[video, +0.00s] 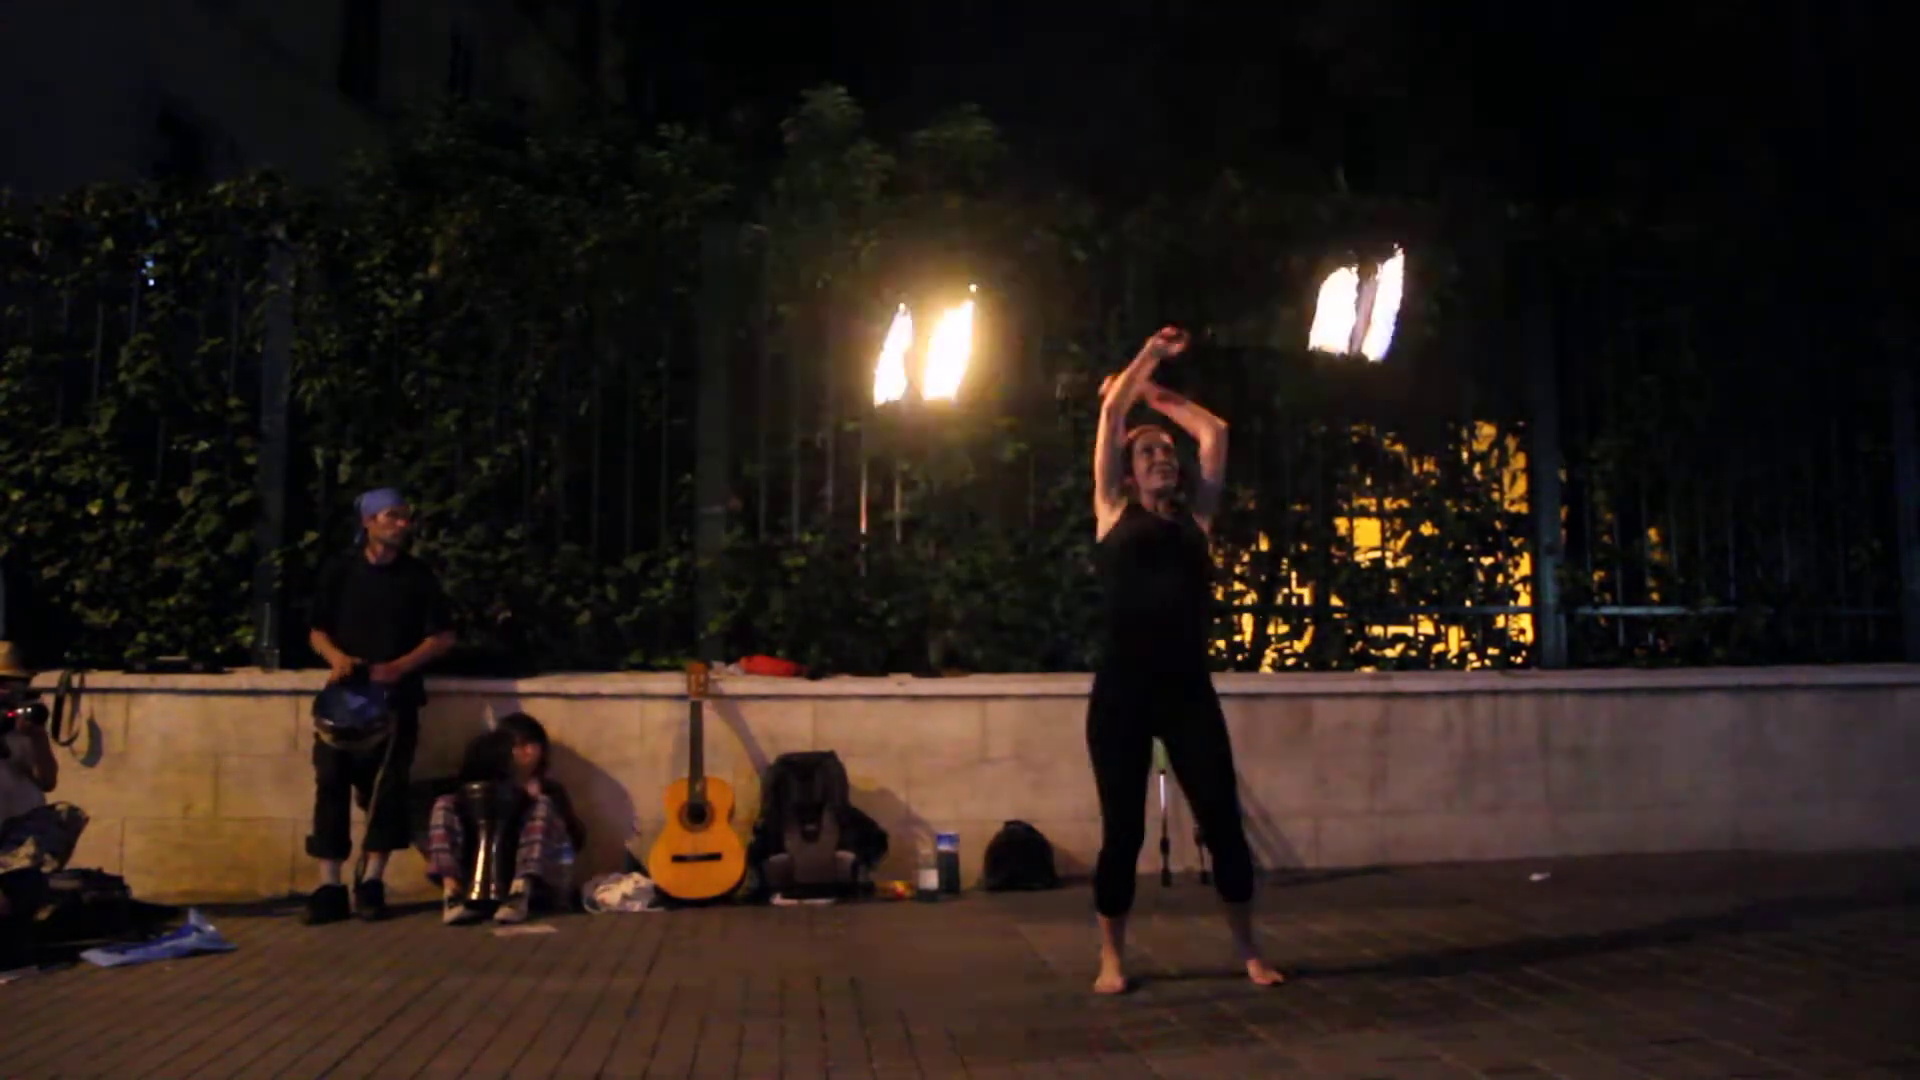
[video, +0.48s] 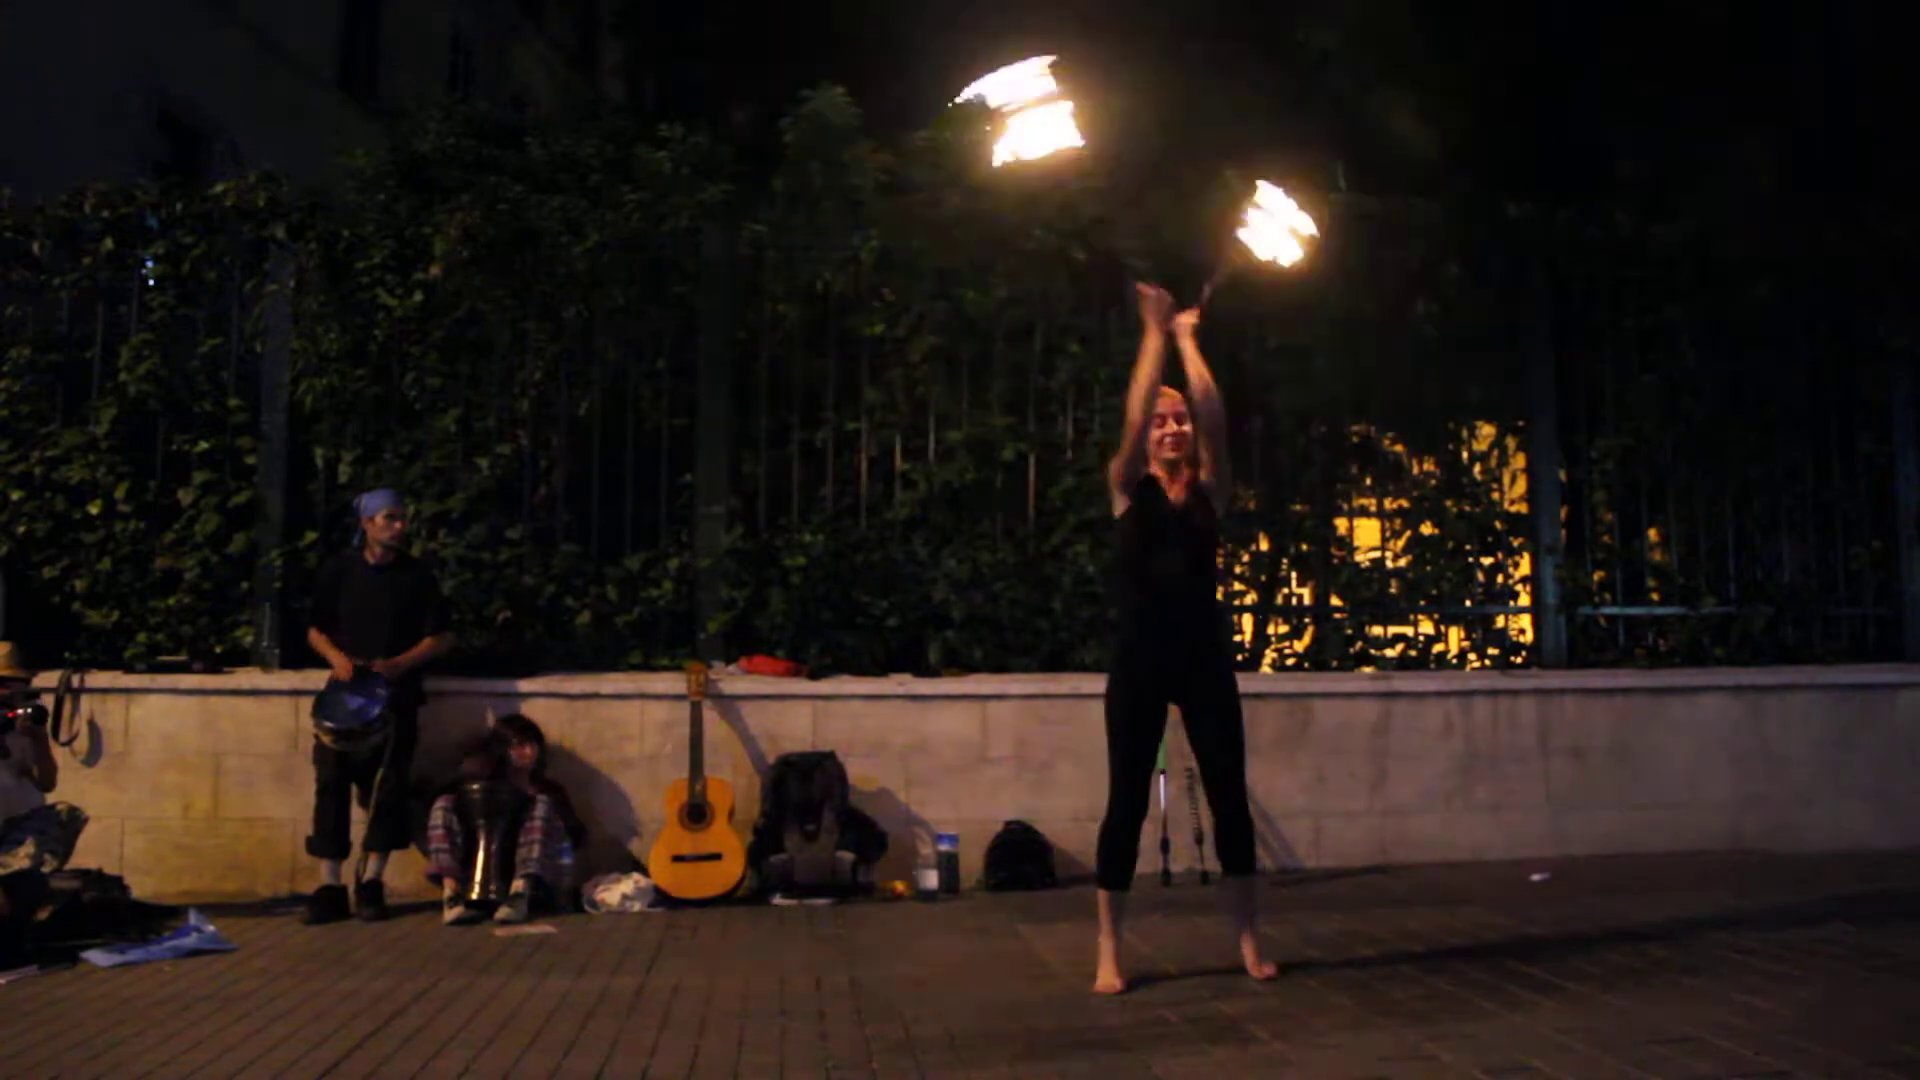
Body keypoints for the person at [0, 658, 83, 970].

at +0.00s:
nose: (14, 693)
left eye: (20, 686)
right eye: (9, 685)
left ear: (26, 687)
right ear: (1, 686)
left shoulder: (24, 727)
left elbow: (47, 781)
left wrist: (36, 733)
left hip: (23, 816)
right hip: (10, 818)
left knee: (71, 817)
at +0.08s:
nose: (11, 690)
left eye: (17, 683)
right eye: (5, 683)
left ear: (26, 686)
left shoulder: (25, 726)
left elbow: (47, 782)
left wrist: (36, 732)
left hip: (26, 818)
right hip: (10, 821)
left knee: (71, 818)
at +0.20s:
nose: (13, 693)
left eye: (18, 686)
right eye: (8, 686)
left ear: (26, 687)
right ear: (0, 687)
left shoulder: (22, 729)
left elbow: (47, 782)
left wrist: (37, 733)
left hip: (20, 817)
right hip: (10, 819)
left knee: (68, 817)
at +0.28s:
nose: (12, 691)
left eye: (17, 684)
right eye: (7, 683)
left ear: (26, 687)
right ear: (2, 686)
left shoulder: (24, 726)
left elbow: (47, 783)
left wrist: (37, 732)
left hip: (28, 817)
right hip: (11, 821)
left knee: (71, 816)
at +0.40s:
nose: (13, 692)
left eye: (18, 685)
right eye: (7, 684)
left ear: (27, 688)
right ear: (0, 687)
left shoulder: (23, 727)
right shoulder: (9, 728)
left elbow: (47, 783)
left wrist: (38, 733)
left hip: (27, 817)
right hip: (10, 821)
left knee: (70, 816)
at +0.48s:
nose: (14, 691)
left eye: (19, 684)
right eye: (8, 683)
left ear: (27, 687)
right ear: (1, 686)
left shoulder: (24, 725)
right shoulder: (10, 727)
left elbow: (47, 783)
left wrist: (39, 735)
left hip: (28, 815)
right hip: (10, 820)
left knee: (71, 816)